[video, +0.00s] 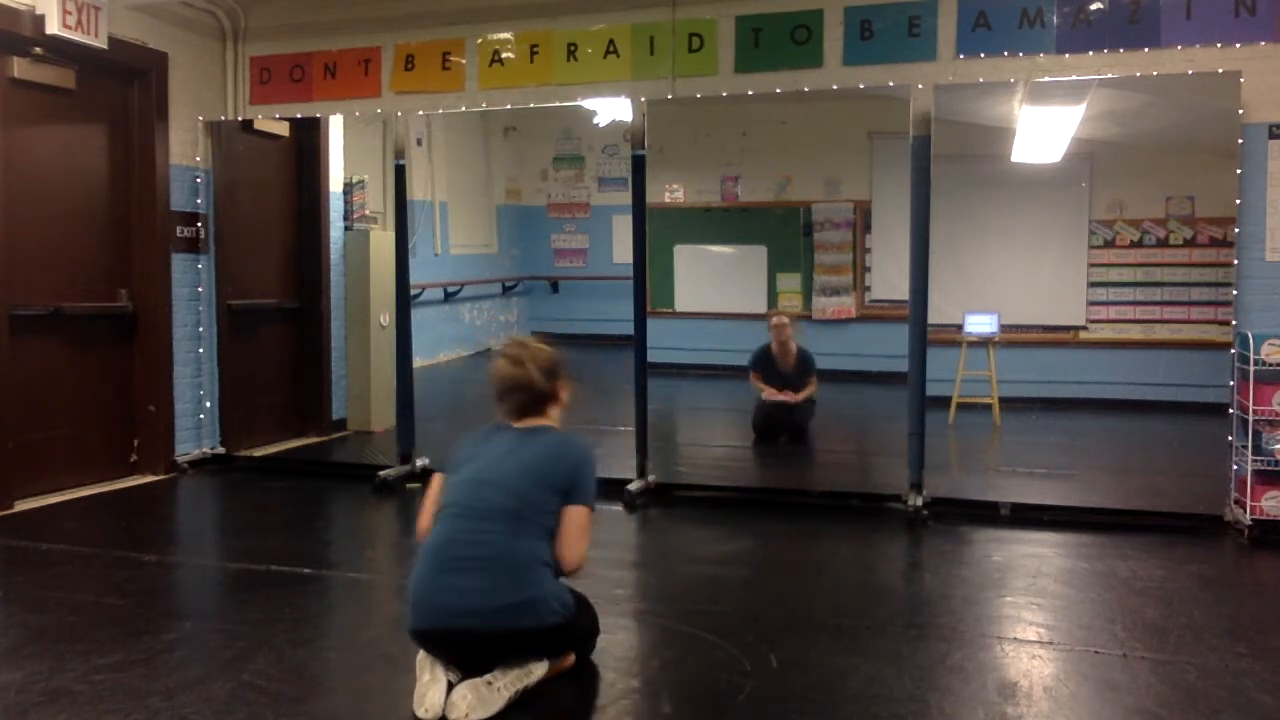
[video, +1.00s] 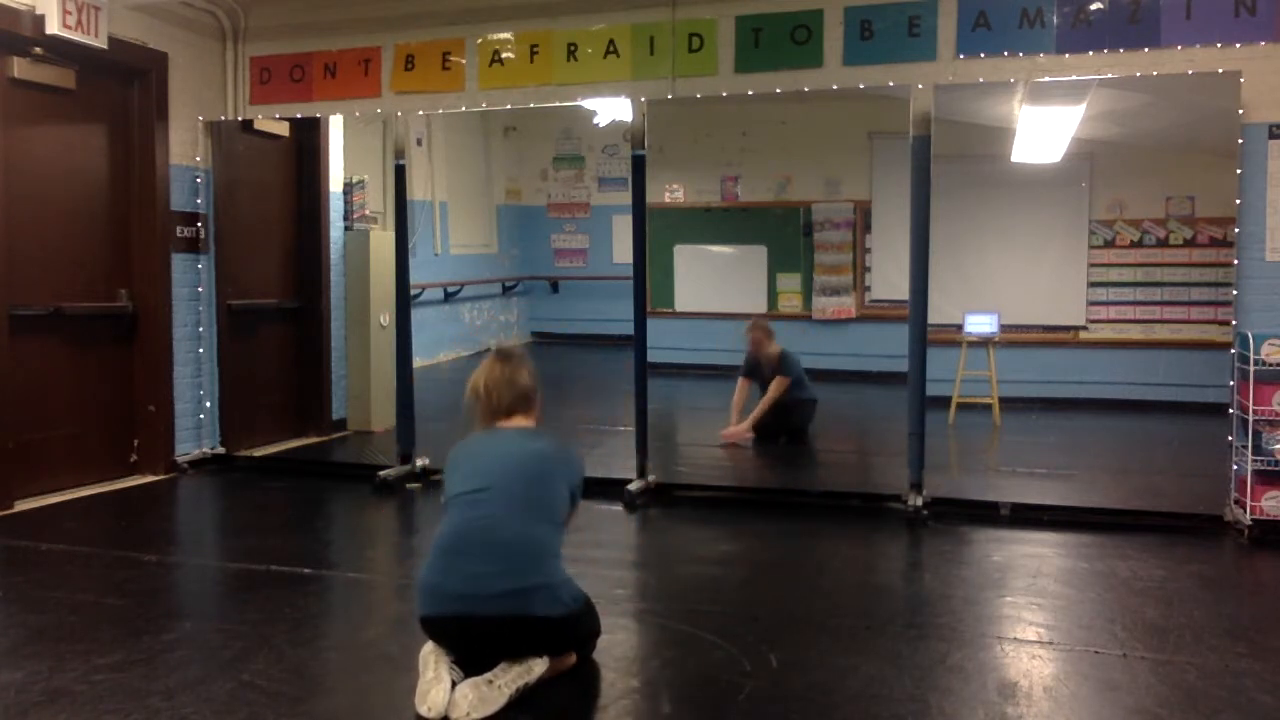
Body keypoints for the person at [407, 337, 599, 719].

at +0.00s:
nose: (568, 388)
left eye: (564, 380)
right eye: (565, 381)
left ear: (503, 396)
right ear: (559, 391)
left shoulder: (468, 444)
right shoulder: (572, 451)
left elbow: (424, 529)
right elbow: (570, 560)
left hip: (432, 619)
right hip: (521, 616)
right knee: (582, 621)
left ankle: (444, 674)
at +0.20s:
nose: (544, 381)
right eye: (540, 374)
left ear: (479, 387)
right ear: (535, 380)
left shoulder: (445, 447)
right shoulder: (564, 446)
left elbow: (410, 538)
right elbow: (577, 549)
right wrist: (543, 577)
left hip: (434, 627)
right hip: (526, 625)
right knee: (584, 619)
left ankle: (444, 677)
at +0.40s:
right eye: (508, 390)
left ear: (458, 411)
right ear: (508, 395)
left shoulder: (447, 466)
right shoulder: (553, 451)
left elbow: (435, 533)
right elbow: (561, 542)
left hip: (440, 623)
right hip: (530, 621)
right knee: (584, 615)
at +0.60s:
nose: (446, 476)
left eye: (445, 469)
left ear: (453, 465)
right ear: (494, 449)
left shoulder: (452, 489)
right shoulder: (551, 467)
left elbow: (438, 533)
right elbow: (555, 535)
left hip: (448, 610)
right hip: (547, 607)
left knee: (480, 663)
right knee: (578, 646)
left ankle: (444, 665)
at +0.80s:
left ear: (462, 464)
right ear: (513, 450)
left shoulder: (460, 485)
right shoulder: (559, 478)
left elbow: (444, 537)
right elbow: (561, 546)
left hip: (449, 606)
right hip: (544, 605)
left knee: (481, 659)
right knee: (581, 644)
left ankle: (444, 662)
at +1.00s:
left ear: (481, 404)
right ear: (535, 401)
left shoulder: (460, 453)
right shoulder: (561, 455)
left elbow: (453, 513)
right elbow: (564, 519)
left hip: (444, 611)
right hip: (536, 610)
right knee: (584, 636)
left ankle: (444, 667)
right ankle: (512, 679)